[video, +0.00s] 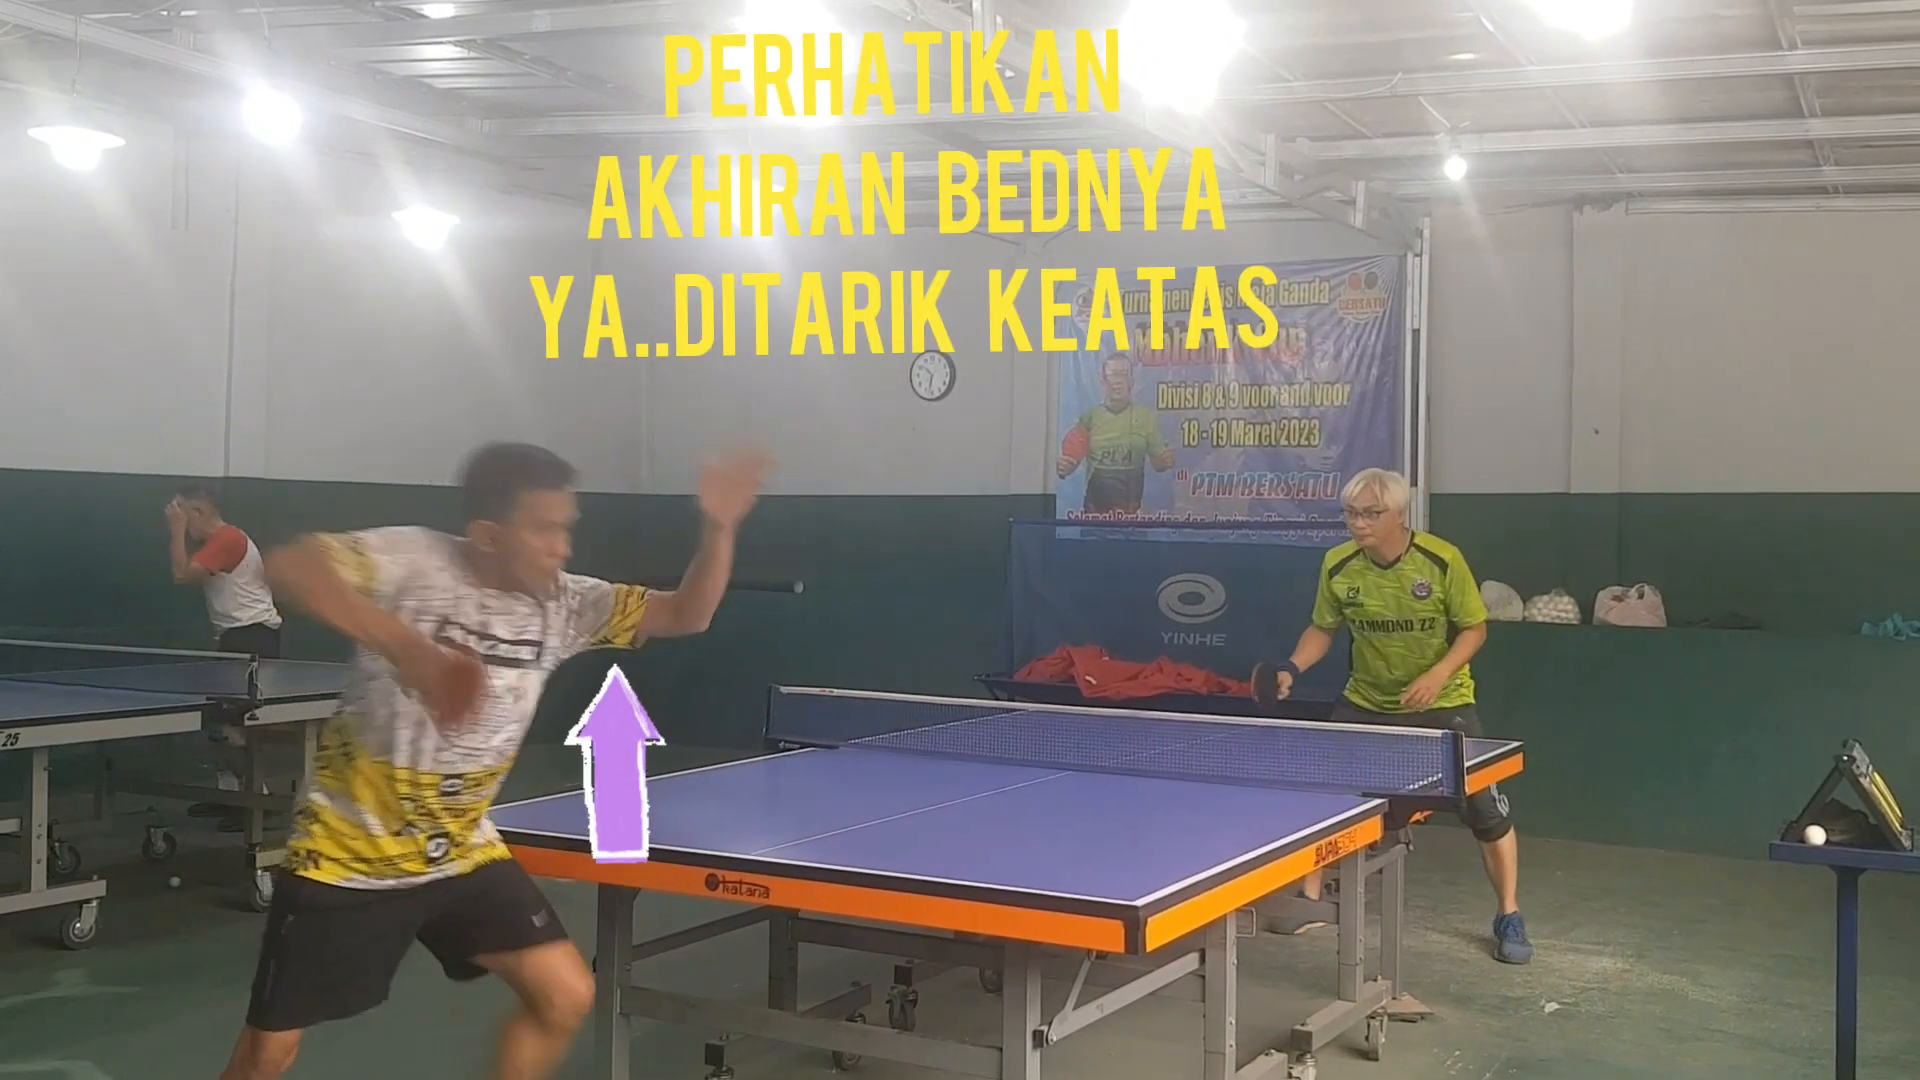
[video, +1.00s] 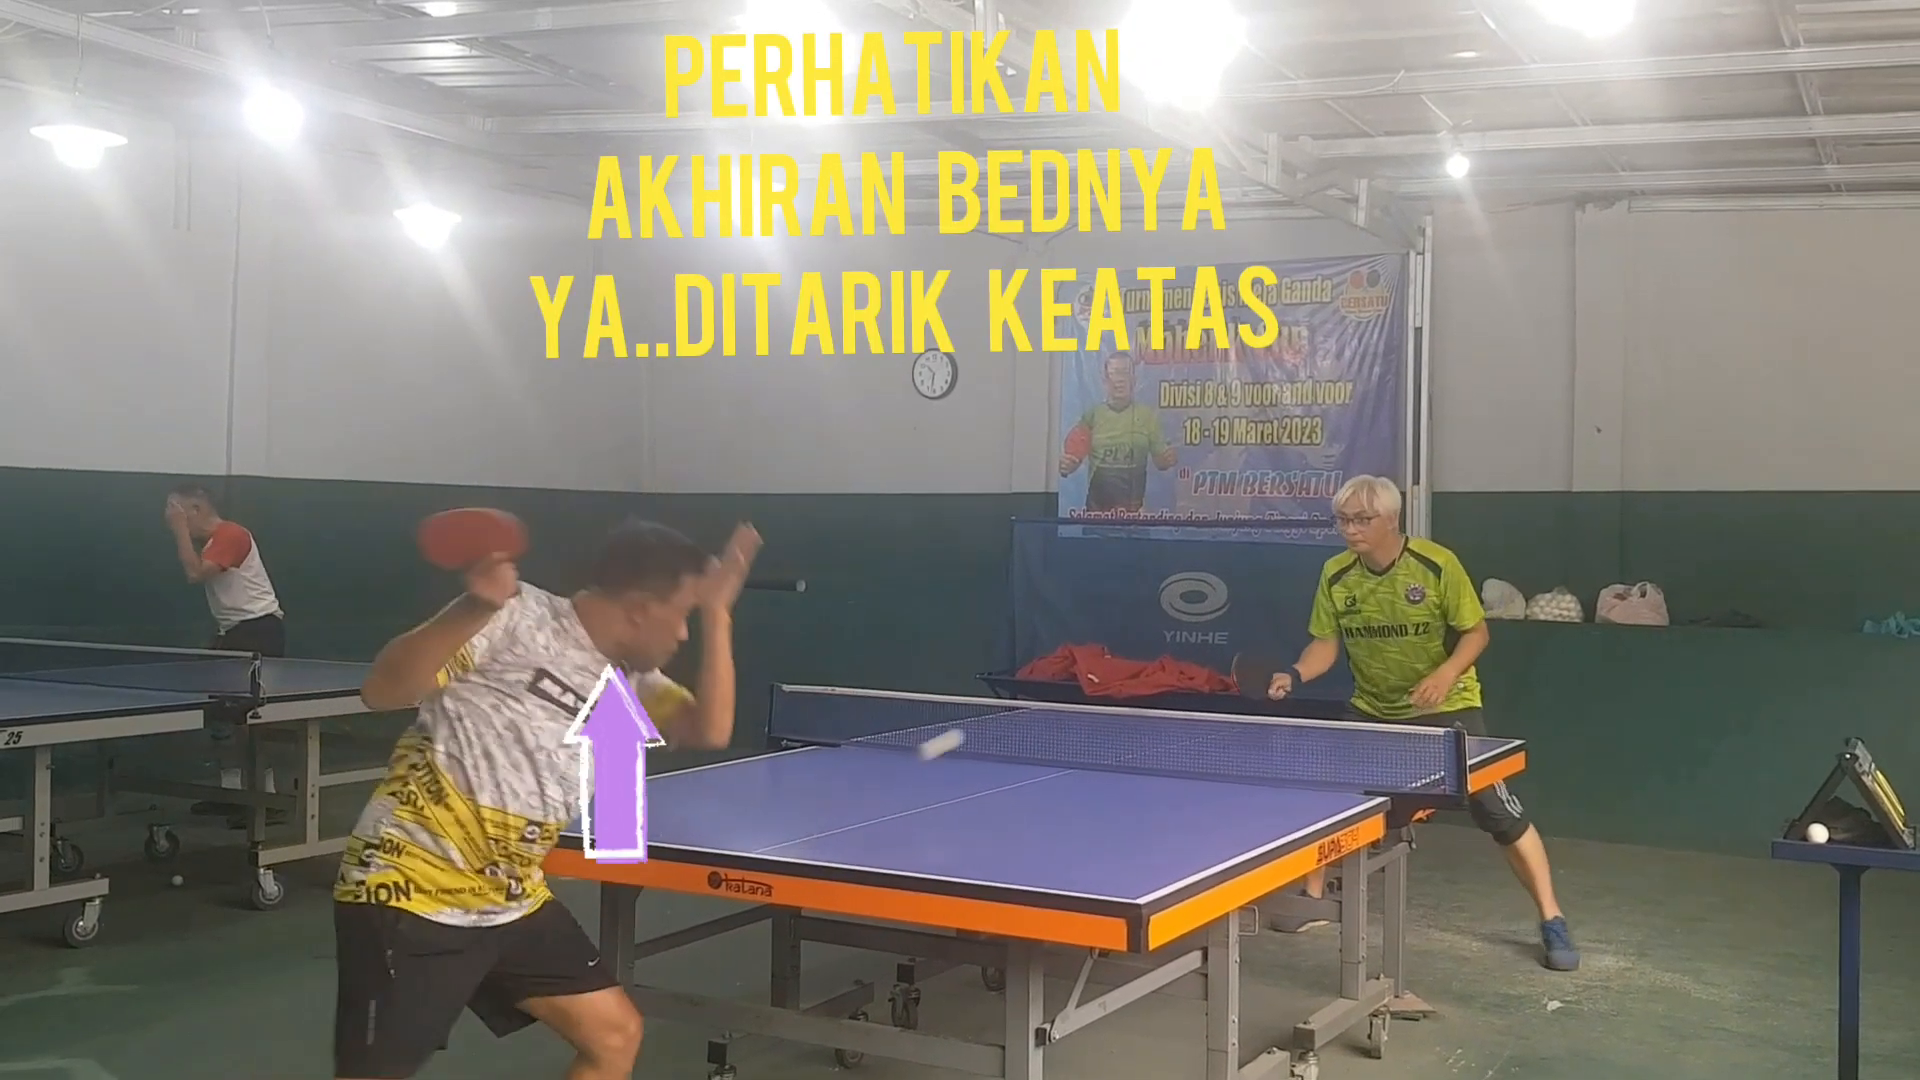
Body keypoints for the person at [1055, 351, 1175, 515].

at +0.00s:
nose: (1117, 382)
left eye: (1123, 375)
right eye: (1111, 375)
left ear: (1132, 380)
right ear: (1102, 380)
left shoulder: (1145, 418)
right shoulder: (1091, 417)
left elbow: (1158, 462)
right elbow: (1074, 450)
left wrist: (1165, 460)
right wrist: (1064, 466)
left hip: (1131, 506)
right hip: (1096, 506)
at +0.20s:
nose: (1117, 382)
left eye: (1123, 375)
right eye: (1111, 375)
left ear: (1132, 381)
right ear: (1103, 381)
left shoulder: (1145, 418)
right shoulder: (1091, 417)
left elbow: (1158, 462)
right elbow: (1074, 451)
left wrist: (1166, 460)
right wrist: (1065, 466)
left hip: (1131, 505)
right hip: (1096, 506)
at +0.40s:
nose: (1117, 381)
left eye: (1123, 375)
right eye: (1111, 375)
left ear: (1132, 380)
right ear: (1103, 380)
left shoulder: (1146, 417)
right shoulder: (1091, 417)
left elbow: (1159, 462)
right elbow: (1075, 450)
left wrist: (1166, 460)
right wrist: (1065, 466)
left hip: (1131, 505)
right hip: (1097, 505)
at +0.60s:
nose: (1118, 381)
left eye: (1124, 374)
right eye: (1112, 374)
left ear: (1133, 380)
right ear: (1104, 380)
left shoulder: (1146, 417)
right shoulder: (1092, 417)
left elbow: (1159, 461)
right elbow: (1076, 450)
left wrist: (1167, 459)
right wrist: (1066, 466)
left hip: (1132, 505)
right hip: (1097, 506)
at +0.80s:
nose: (1118, 380)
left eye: (1125, 374)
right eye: (1112, 374)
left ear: (1134, 379)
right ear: (1105, 379)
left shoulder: (1147, 417)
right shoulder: (1092, 417)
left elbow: (1159, 461)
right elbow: (1076, 450)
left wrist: (1167, 459)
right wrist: (1066, 465)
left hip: (1132, 505)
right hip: (1098, 506)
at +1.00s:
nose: (1119, 380)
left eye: (1125, 373)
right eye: (1112, 374)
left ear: (1134, 379)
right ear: (1104, 379)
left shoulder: (1146, 416)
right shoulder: (1093, 416)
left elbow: (1160, 460)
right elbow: (1076, 448)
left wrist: (1167, 458)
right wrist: (1066, 465)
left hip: (1133, 504)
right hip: (1098, 505)